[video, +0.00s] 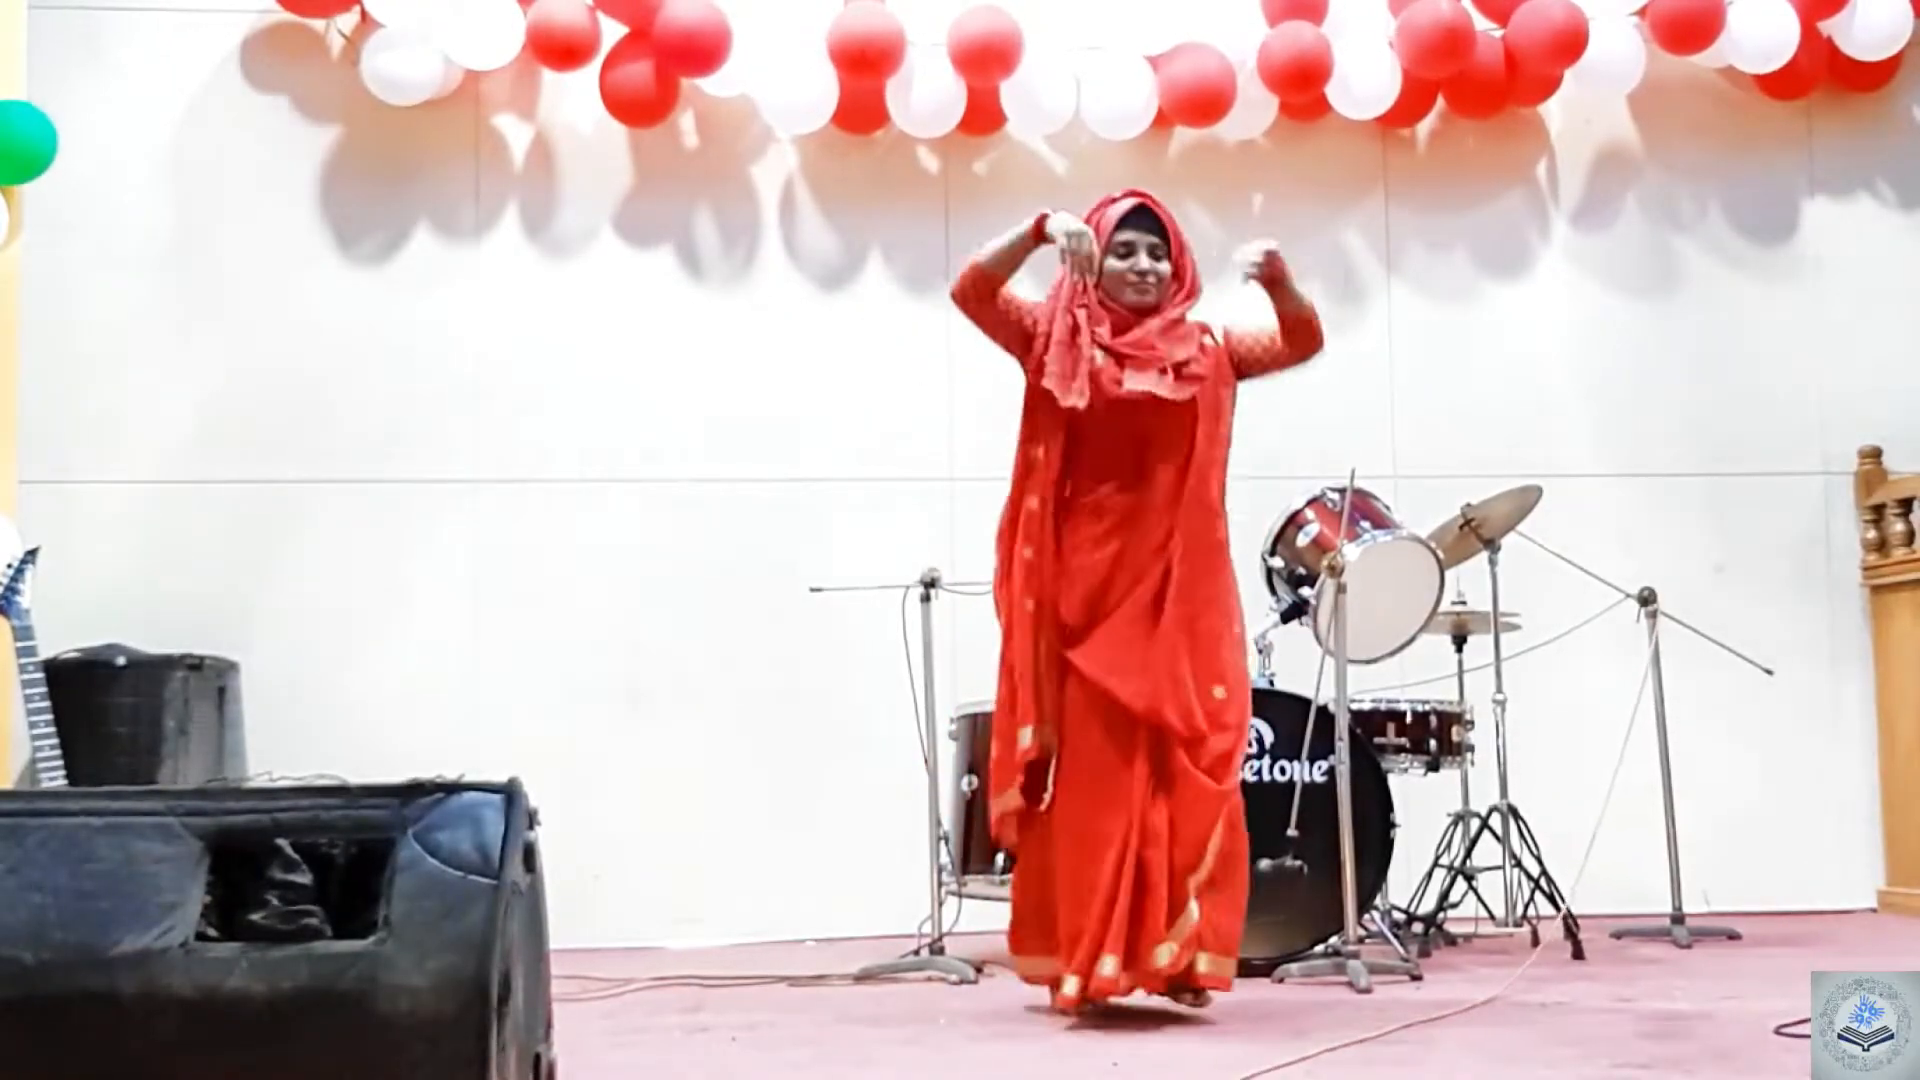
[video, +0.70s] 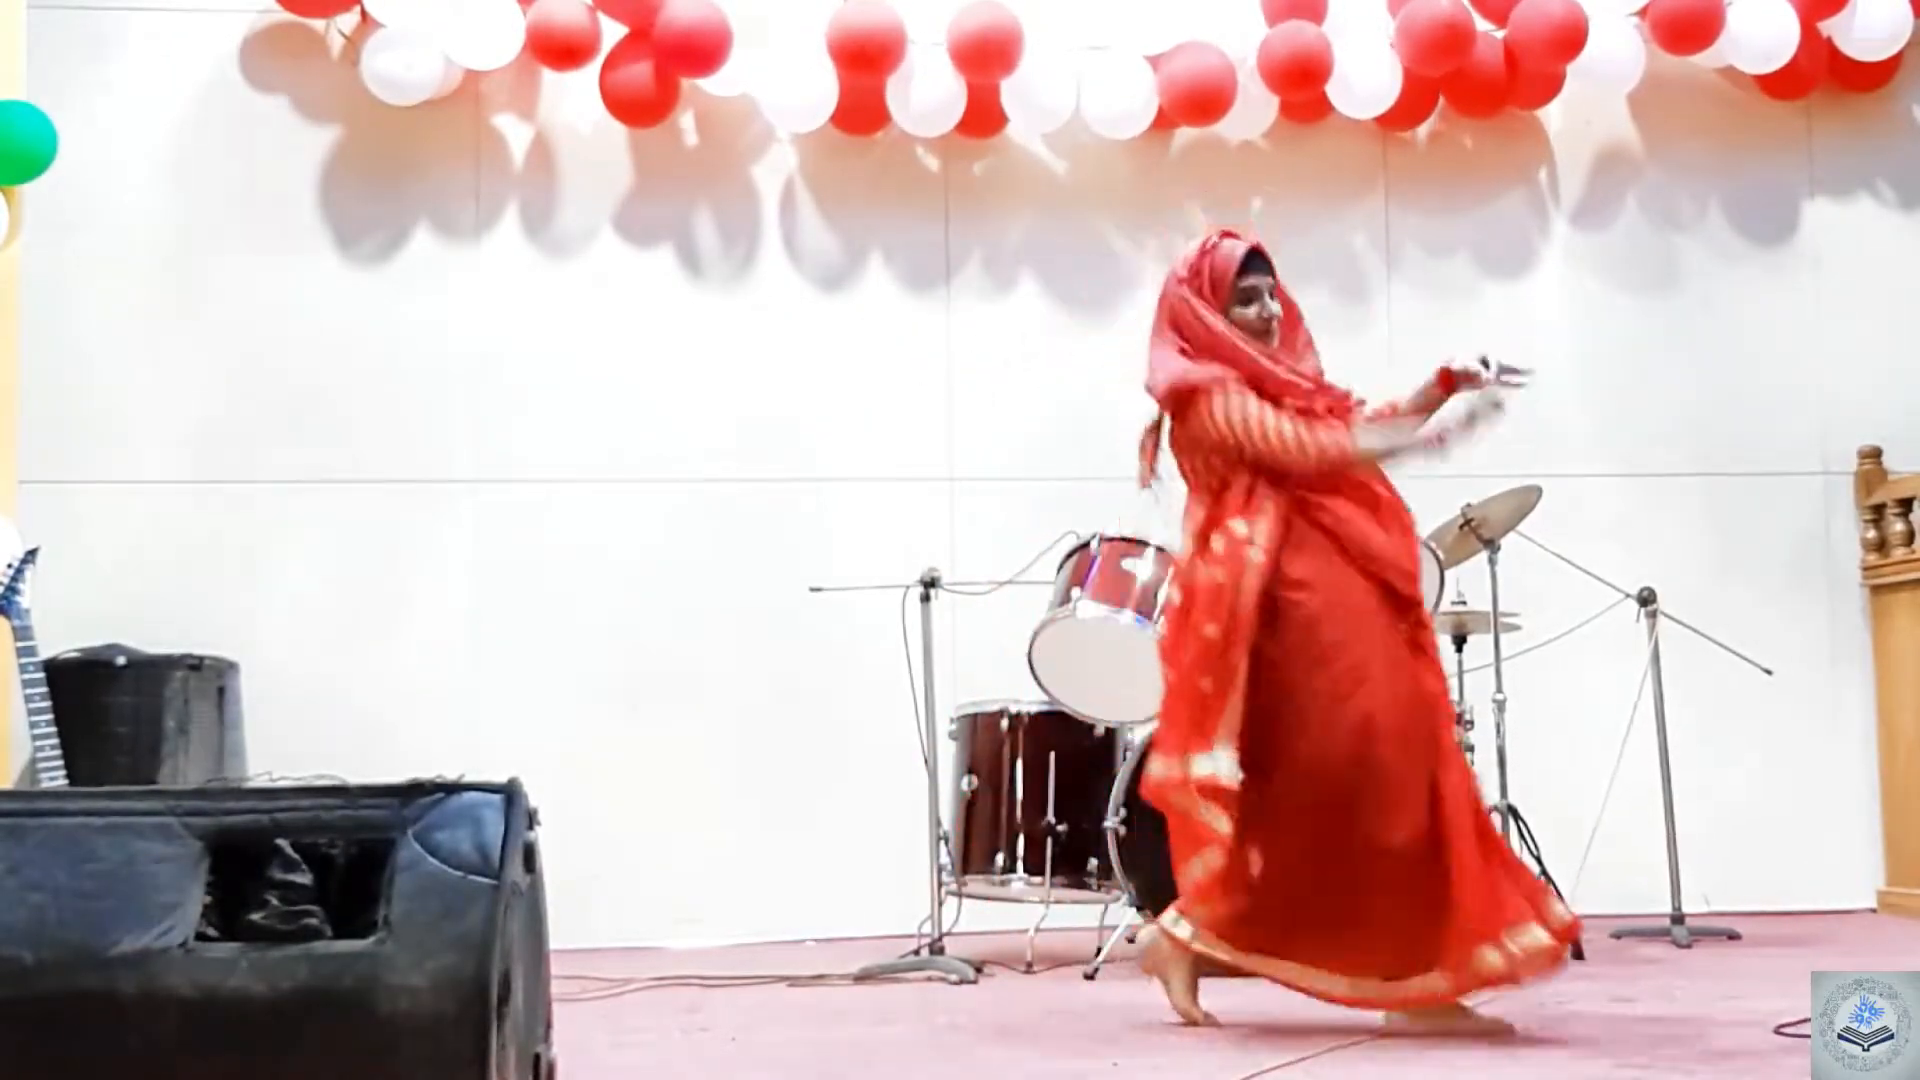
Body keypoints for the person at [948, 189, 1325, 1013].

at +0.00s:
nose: (1139, 264)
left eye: (1153, 252)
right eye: (1124, 252)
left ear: (1174, 268)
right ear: (1094, 265)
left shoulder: (1207, 348)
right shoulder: (1057, 335)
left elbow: (1301, 344)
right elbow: (972, 293)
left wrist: (1282, 288)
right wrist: (1031, 235)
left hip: (1182, 592)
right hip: (1081, 589)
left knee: (1193, 770)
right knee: (1090, 769)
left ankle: (1182, 964)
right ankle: (1086, 968)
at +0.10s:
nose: (1159, 281)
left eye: (1172, 268)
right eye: (1141, 268)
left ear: (1191, 280)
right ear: (1110, 278)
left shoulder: (1215, 381)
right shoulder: (1077, 361)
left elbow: (1298, 417)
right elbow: (998, 364)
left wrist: (1339, 346)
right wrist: (1029, 276)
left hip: (1190, 613)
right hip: (1090, 614)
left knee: (1199, 788)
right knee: (1098, 792)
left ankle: (1176, 975)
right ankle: (1093, 977)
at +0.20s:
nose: (1175, 298)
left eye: (1187, 284)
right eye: (1158, 284)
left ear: (1205, 293)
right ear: (1123, 290)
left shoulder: (1218, 386)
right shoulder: (1098, 374)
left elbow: (1273, 468)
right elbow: (1075, 457)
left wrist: (1374, 462)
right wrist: (1043, 388)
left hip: (1204, 609)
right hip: (1108, 610)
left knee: (1206, 781)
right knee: (1109, 783)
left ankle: (1176, 975)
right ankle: (1102, 973)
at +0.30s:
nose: (1192, 317)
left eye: (1201, 302)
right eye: (1173, 304)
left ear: (1217, 310)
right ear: (1137, 313)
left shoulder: (1225, 404)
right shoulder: (1103, 392)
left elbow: (1290, 501)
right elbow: (1092, 468)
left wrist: (1384, 552)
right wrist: (1079, 396)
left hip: (1223, 628)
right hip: (1125, 630)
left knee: (1253, 786)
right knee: (1173, 782)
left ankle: (1171, 967)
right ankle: (1093, 912)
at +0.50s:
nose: (1236, 272)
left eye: (1241, 260)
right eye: (1216, 260)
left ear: (1251, 276)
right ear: (1169, 277)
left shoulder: (1255, 374)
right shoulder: (1141, 348)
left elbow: (1327, 461)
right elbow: (1178, 298)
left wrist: (1422, 509)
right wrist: (1250, 224)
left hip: (1257, 588)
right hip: (1201, 589)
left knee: (1208, 776)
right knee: (1360, 722)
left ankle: (1153, 971)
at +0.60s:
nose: (1256, 271)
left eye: (1260, 259)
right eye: (1234, 261)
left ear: (1267, 264)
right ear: (1189, 269)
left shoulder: (1282, 344)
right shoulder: (1171, 336)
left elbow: (1342, 423)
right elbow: (1240, 334)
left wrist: (1446, 423)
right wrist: (1347, 289)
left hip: (1318, 570)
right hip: (1249, 570)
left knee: (1267, 770)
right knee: (1375, 744)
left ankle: (1164, 942)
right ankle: (1423, 959)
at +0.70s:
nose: (1264, 304)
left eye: (1269, 291)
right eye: (1244, 295)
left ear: (1281, 299)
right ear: (1203, 308)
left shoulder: (1281, 389)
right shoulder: (1207, 393)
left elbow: (1357, 432)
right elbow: (1299, 450)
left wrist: (1437, 393)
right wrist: (1426, 435)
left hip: (1348, 594)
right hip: (1295, 598)